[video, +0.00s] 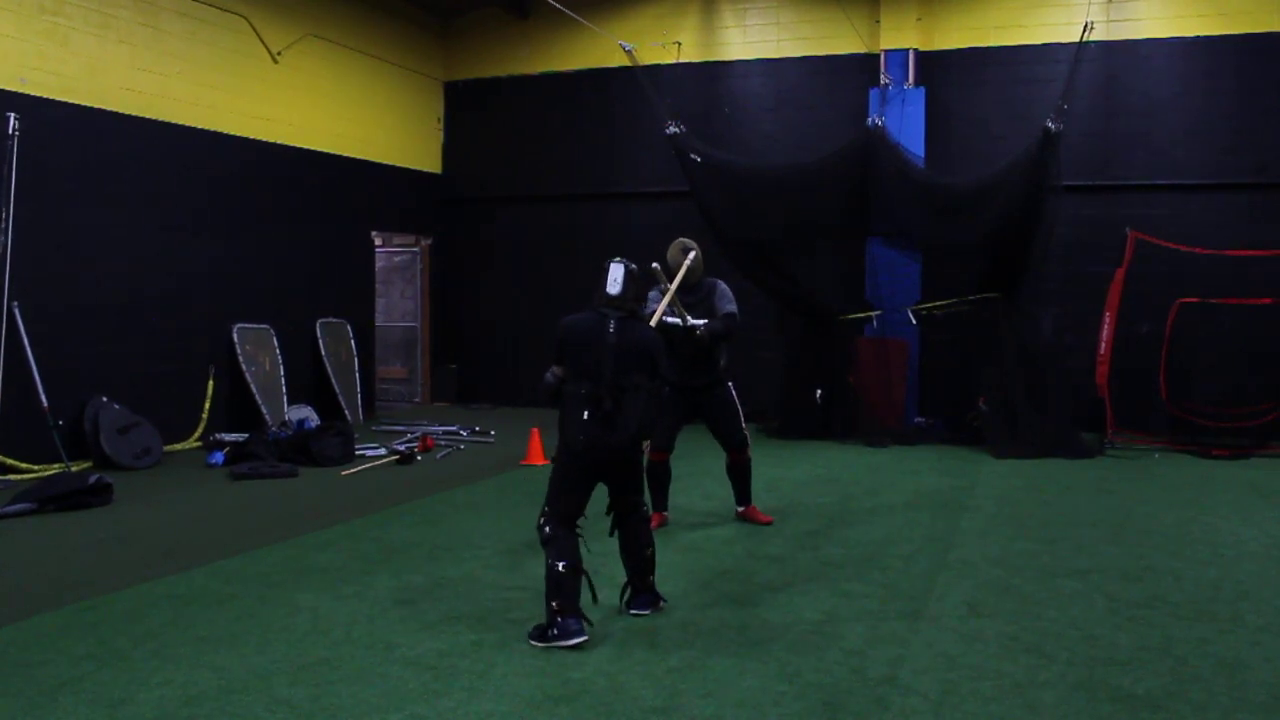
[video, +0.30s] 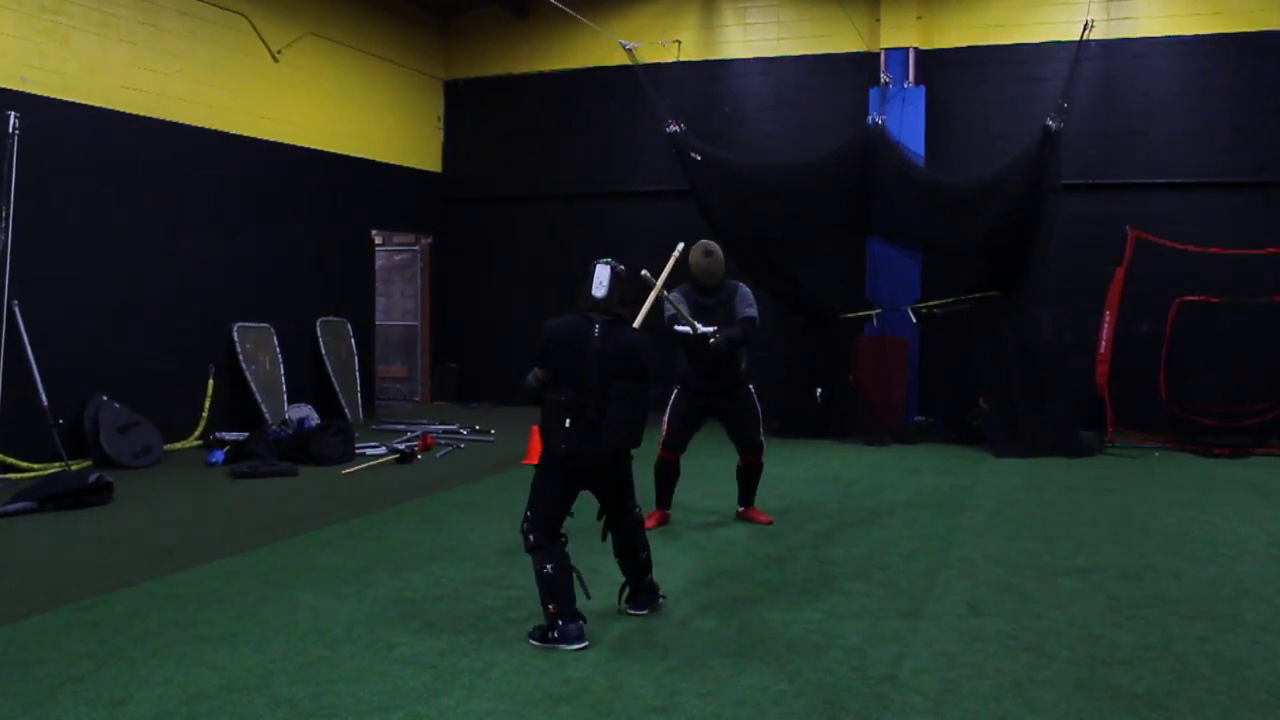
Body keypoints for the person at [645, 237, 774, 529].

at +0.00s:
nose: (690, 273)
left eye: (694, 267)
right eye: (683, 268)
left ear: (701, 266)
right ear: (672, 269)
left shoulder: (716, 289)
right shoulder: (659, 295)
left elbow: (730, 320)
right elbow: (650, 324)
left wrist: (705, 329)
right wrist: (675, 323)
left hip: (713, 383)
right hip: (672, 384)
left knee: (738, 443)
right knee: (659, 448)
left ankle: (744, 506)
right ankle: (658, 512)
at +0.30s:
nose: (708, 281)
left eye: (713, 275)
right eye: (703, 276)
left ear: (721, 270)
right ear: (692, 272)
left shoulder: (739, 293)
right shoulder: (677, 298)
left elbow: (748, 327)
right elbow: (675, 331)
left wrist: (718, 337)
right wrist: (703, 337)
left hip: (734, 387)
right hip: (691, 387)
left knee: (753, 449)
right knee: (669, 448)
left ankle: (746, 506)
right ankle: (661, 510)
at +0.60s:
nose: (697, 275)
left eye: (702, 270)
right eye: (692, 269)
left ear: (712, 267)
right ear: (682, 267)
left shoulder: (728, 293)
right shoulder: (667, 294)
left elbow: (731, 329)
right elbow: (661, 325)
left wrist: (691, 344)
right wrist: (672, 343)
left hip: (716, 385)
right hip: (675, 385)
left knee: (731, 451)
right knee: (650, 445)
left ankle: (725, 507)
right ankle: (644, 511)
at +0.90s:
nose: (640, 272)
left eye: (646, 265)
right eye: (634, 268)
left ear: (658, 273)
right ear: (626, 276)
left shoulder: (676, 301)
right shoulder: (617, 308)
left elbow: (682, 330)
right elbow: (601, 334)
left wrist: (634, 321)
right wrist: (612, 298)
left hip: (668, 401)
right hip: (627, 403)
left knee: (689, 463)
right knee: (612, 468)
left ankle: (700, 509)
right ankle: (605, 535)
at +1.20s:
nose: (620, 292)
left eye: (625, 286)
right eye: (613, 287)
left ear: (636, 282)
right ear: (603, 285)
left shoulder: (655, 308)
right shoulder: (591, 315)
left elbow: (654, 346)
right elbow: (576, 357)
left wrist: (625, 365)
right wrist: (579, 351)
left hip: (648, 406)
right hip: (605, 409)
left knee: (675, 469)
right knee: (591, 473)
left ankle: (674, 510)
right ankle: (599, 536)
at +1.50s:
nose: (635, 288)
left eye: (640, 283)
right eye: (631, 283)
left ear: (652, 282)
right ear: (621, 283)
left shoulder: (675, 312)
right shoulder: (610, 315)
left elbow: (685, 355)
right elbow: (585, 362)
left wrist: (641, 356)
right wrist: (604, 343)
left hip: (666, 409)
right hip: (621, 410)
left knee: (690, 477)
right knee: (602, 471)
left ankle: (692, 508)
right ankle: (603, 536)